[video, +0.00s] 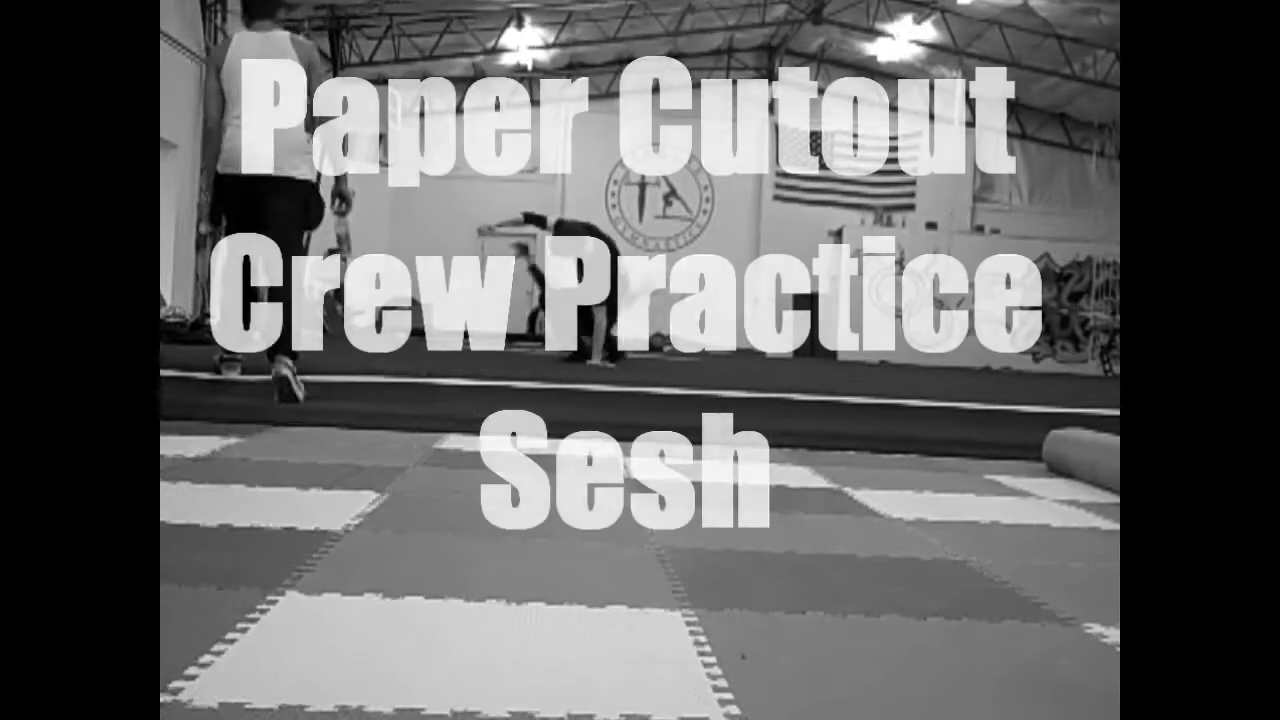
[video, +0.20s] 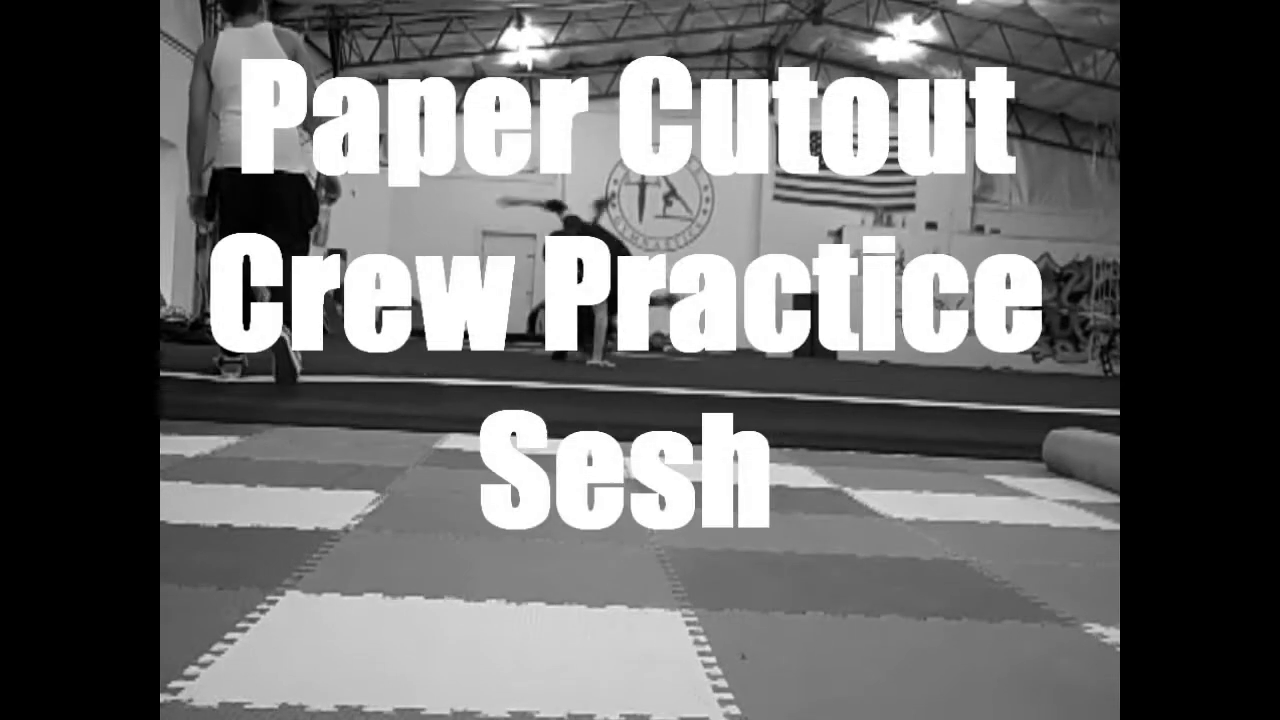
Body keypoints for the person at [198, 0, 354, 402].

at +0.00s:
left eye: (243, 11)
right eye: (280, 9)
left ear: (243, 11)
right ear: (282, 10)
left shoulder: (223, 51)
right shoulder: (305, 49)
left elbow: (213, 124)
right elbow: (329, 118)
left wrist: (207, 187)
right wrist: (342, 179)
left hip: (236, 179)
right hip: (291, 179)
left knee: (234, 267)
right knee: (288, 271)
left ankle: (230, 356)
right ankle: (284, 358)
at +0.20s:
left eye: (222, 9)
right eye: (265, 6)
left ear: (225, 8)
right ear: (265, 6)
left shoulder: (211, 48)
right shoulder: (290, 41)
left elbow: (197, 123)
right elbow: (316, 109)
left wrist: (195, 188)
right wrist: (327, 169)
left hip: (233, 181)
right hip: (289, 180)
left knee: (229, 270)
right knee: (292, 267)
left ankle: (231, 359)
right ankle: (288, 338)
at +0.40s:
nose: (269, 8)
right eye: (268, 5)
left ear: (226, 5)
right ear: (264, 4)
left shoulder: (208, 43)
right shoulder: (286, 35)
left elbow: (190, 116)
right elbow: (309, 106)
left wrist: (185, 180)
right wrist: (323, 164)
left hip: (230, 171)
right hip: (286, 171)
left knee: (231, 261)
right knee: (288, 257)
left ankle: (231, 353)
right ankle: (282, 331)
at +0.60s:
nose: (276, 8)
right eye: (274, 5)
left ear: (235, 6)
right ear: (271, 6)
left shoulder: (214, 44)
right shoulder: (289, 40)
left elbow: (195, 116)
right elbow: (306, 115)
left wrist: (192, 178)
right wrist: (318, 170)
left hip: (231, 175)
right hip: (285, 176)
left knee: (230, 264)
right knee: (290, 262)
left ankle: (231, 353)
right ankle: (293, 344)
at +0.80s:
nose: (294, 14)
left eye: (290, 10)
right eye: (293, 10)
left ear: (254, 11)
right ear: (289, 11)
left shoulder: (225, 49)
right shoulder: (300, 48)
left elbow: (214, 121)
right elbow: (310, 121)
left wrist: (209, 182)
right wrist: (320, 176)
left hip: (236, 175)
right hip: (288, 178)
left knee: (234, 263)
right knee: (292, 262)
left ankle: (234, 350)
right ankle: (298, 344)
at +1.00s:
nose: (321, 21)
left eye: (322, 15)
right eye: (320, 14)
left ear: (276, 13)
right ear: (311, 16)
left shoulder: (252, 51)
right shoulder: (317, 55)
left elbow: (236, 118)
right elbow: (324, 125)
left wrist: (230, 170)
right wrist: (332, 183)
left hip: (252, 174)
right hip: (299, 179)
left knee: (246, 259)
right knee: (300, 262)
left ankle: (235, 343)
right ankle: (301, 346)